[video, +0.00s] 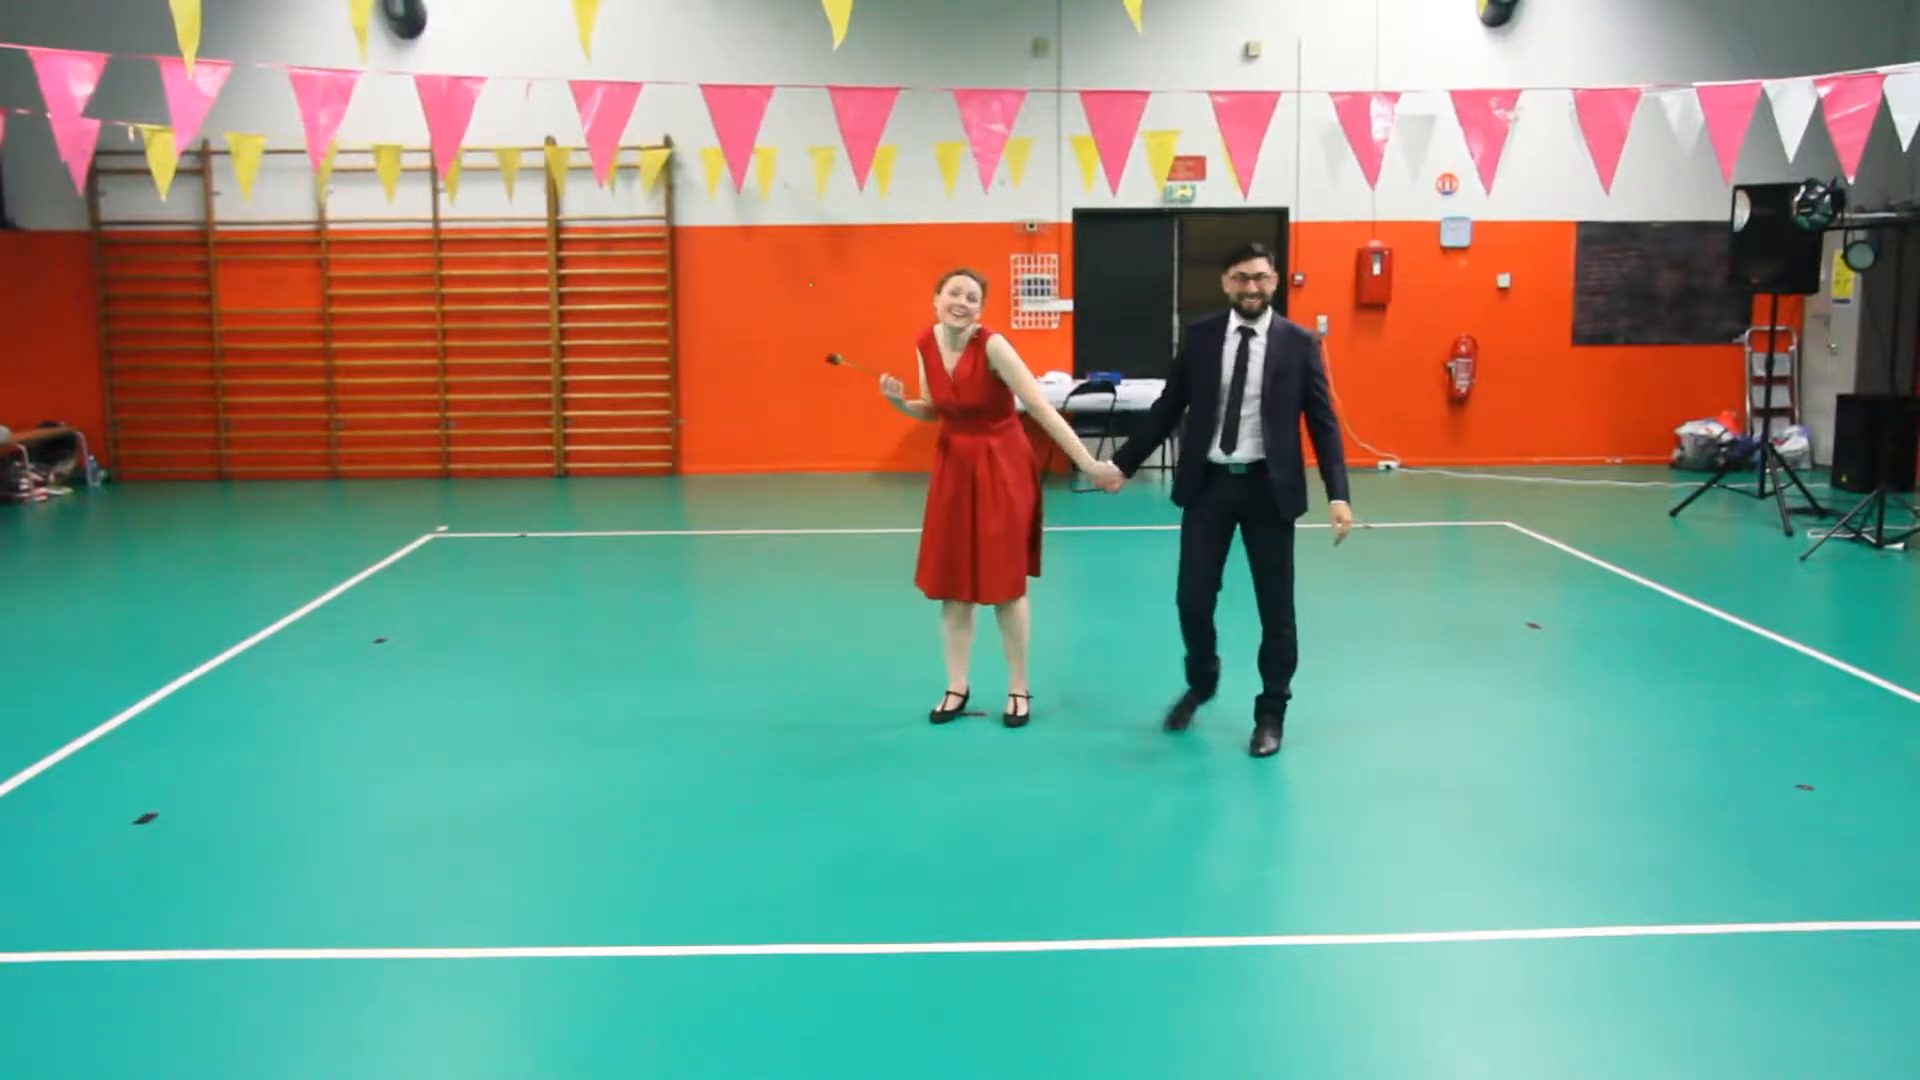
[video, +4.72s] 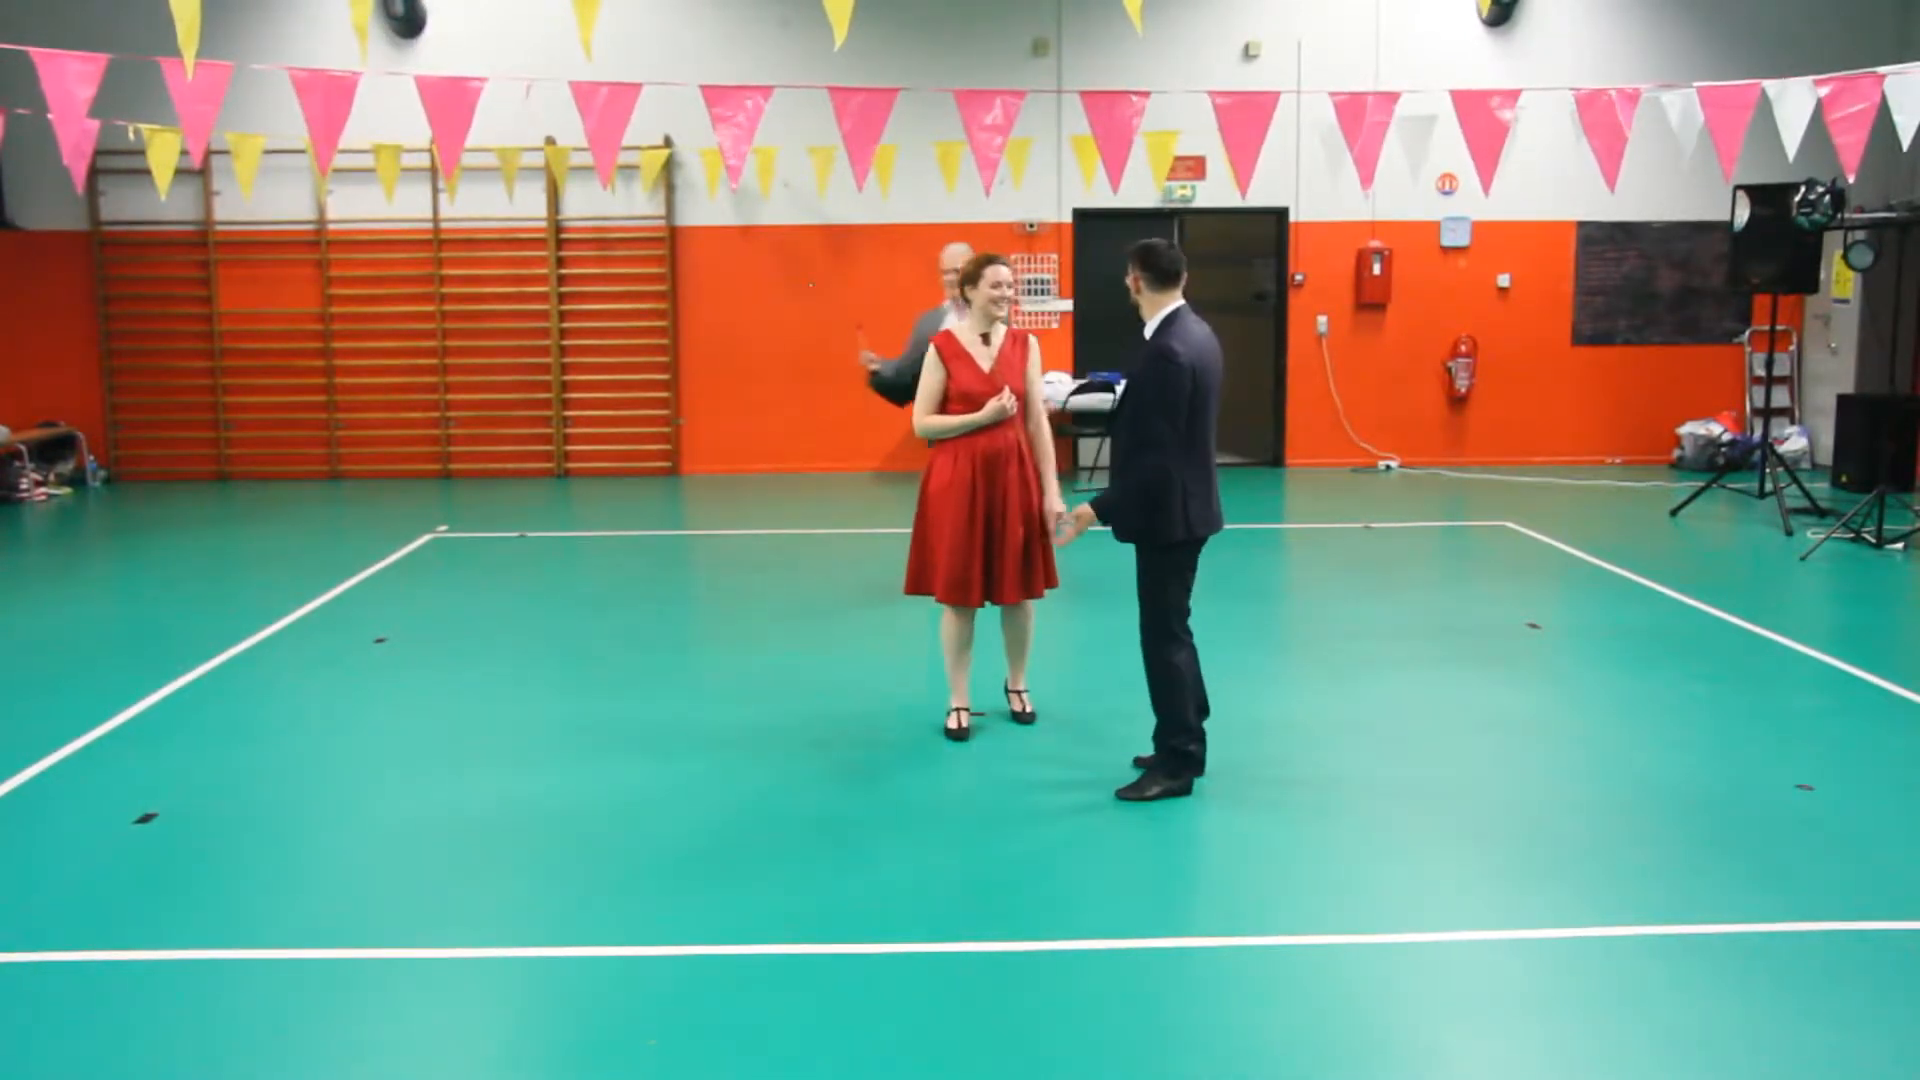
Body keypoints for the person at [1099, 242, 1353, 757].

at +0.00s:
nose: (1252, 286)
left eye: (1261, 278)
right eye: (1242, 278)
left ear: (1276, 283)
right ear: (1225, 283)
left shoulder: (1299, 344)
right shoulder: (1201, 338)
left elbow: (1323, 421)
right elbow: (1167, 410)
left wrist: (1338, 494)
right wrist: (1122, 465)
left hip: (1269, 487)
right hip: (1208, 485)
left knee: (1276, 609)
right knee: (1192, 600)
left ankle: (1271, 714)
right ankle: (1201, 684)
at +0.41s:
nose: (1199, 287)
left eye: (1206, 278)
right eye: (1188, 279)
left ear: (1218, 283)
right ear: (1170, 285)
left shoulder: (1243, 337)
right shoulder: (1151, 340)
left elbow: (1266, 415)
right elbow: (1129, 418)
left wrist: (1287, 480)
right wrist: (1100, 477)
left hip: (1228, 482)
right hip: (1168, 482)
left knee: (1244, 601)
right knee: (1171, 597)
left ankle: (1262, 712)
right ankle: (1175, 693)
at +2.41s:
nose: (1177, 290)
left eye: (1182, 280)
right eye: (1179, 281)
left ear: (1204, 283)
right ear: (1206, 285)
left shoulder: (1262, 345)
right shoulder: (1199, 342)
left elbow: (1279, 434)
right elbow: (1176, 413)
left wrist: (1278, 515)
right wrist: (1117, 447)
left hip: (1245, 501)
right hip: (1195, 496)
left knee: (1253, 616)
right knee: (1199, 618)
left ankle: (1254, 717)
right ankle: (1194, 726)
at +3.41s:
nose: (1130, 291)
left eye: (1141, 282)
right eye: (1128, 282)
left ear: (1175, 284)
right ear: (1139, 289)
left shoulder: (1211, 346)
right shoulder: (1146, 344)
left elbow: (1238, 435)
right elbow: (1133, 423)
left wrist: (1240, 517)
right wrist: (1097, 479)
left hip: (1193, 504)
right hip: (1149, 500)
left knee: (1185, 630)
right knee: (1175, 627)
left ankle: (1184, 759)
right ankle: (1184, 731)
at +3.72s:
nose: (1119, 287)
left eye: (1129, 277)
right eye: (1120, 278)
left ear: (1167, 280)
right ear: (1152, 282)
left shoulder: (1192, 344)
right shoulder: (1154, 340)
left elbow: (1203, 441)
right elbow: (1138, 424)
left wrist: (1185, 526)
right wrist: (1102, 466)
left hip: (1174, 514)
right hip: (1146, 509)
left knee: (1173, 640)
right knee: (1165, 635)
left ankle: (1178, 763)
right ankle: (1179, 733)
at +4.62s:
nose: (1123, 286)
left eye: (1124, 278)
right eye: (1127, 277)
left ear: (1131, 282)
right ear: (1176, 280)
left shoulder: (1161, 352)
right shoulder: (1192, 335)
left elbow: (1146, 453)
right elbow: (1157, 425)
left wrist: (1117, 529)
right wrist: (1111, 470)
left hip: (1165, 518)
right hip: (1185, 510)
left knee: (1166, 638)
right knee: (1170, 633)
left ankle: (1180, 764)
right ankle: (1178, 742)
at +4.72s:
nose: (1125, 286)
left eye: (1127, 278)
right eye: (1130, 277)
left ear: (1137, 282)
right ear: (1180, 280)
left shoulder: (1166, 351)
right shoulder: (1195, 336)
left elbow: (1152, 456)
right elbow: (1148, 411)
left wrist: (1095, 508)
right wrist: (1073, 398)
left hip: (1165, 519)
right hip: (1187, 511)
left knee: (1162, 637)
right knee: (1171, 629)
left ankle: (1179, 763)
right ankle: (1182, 737)